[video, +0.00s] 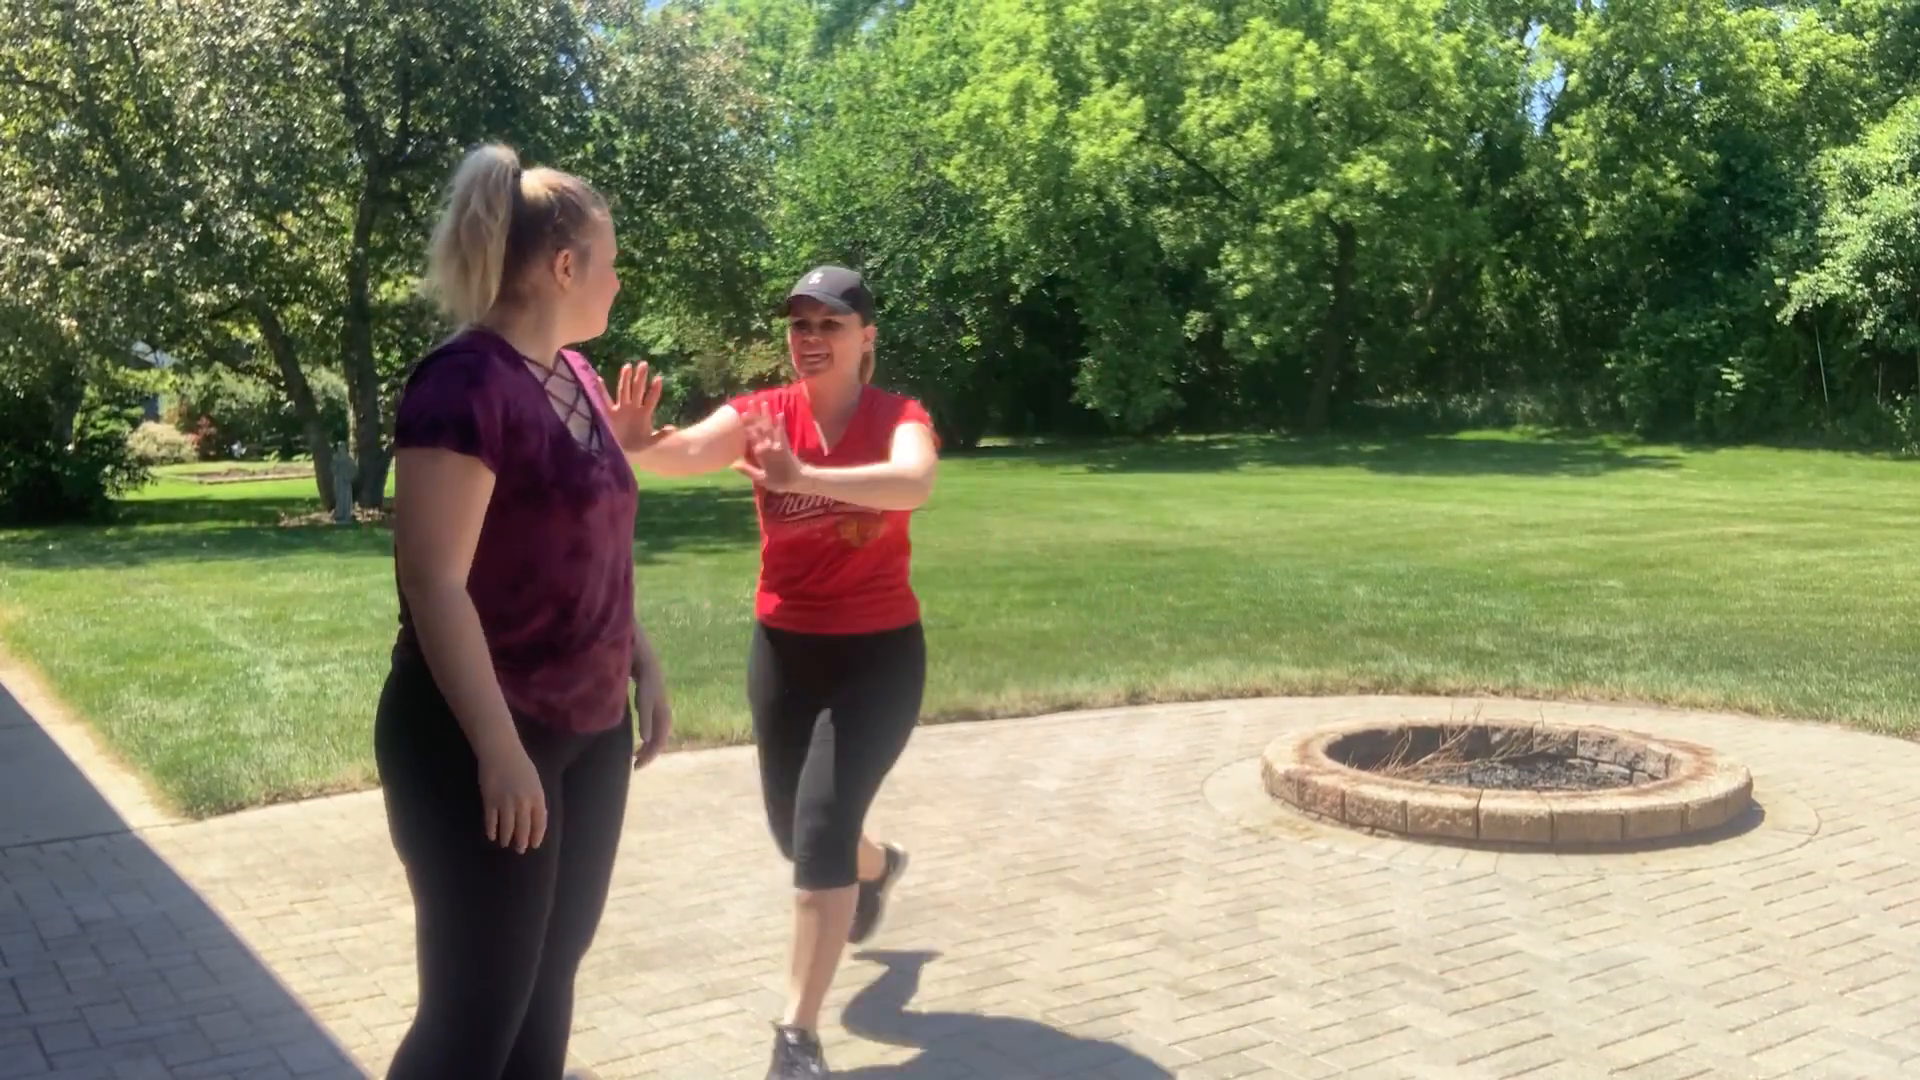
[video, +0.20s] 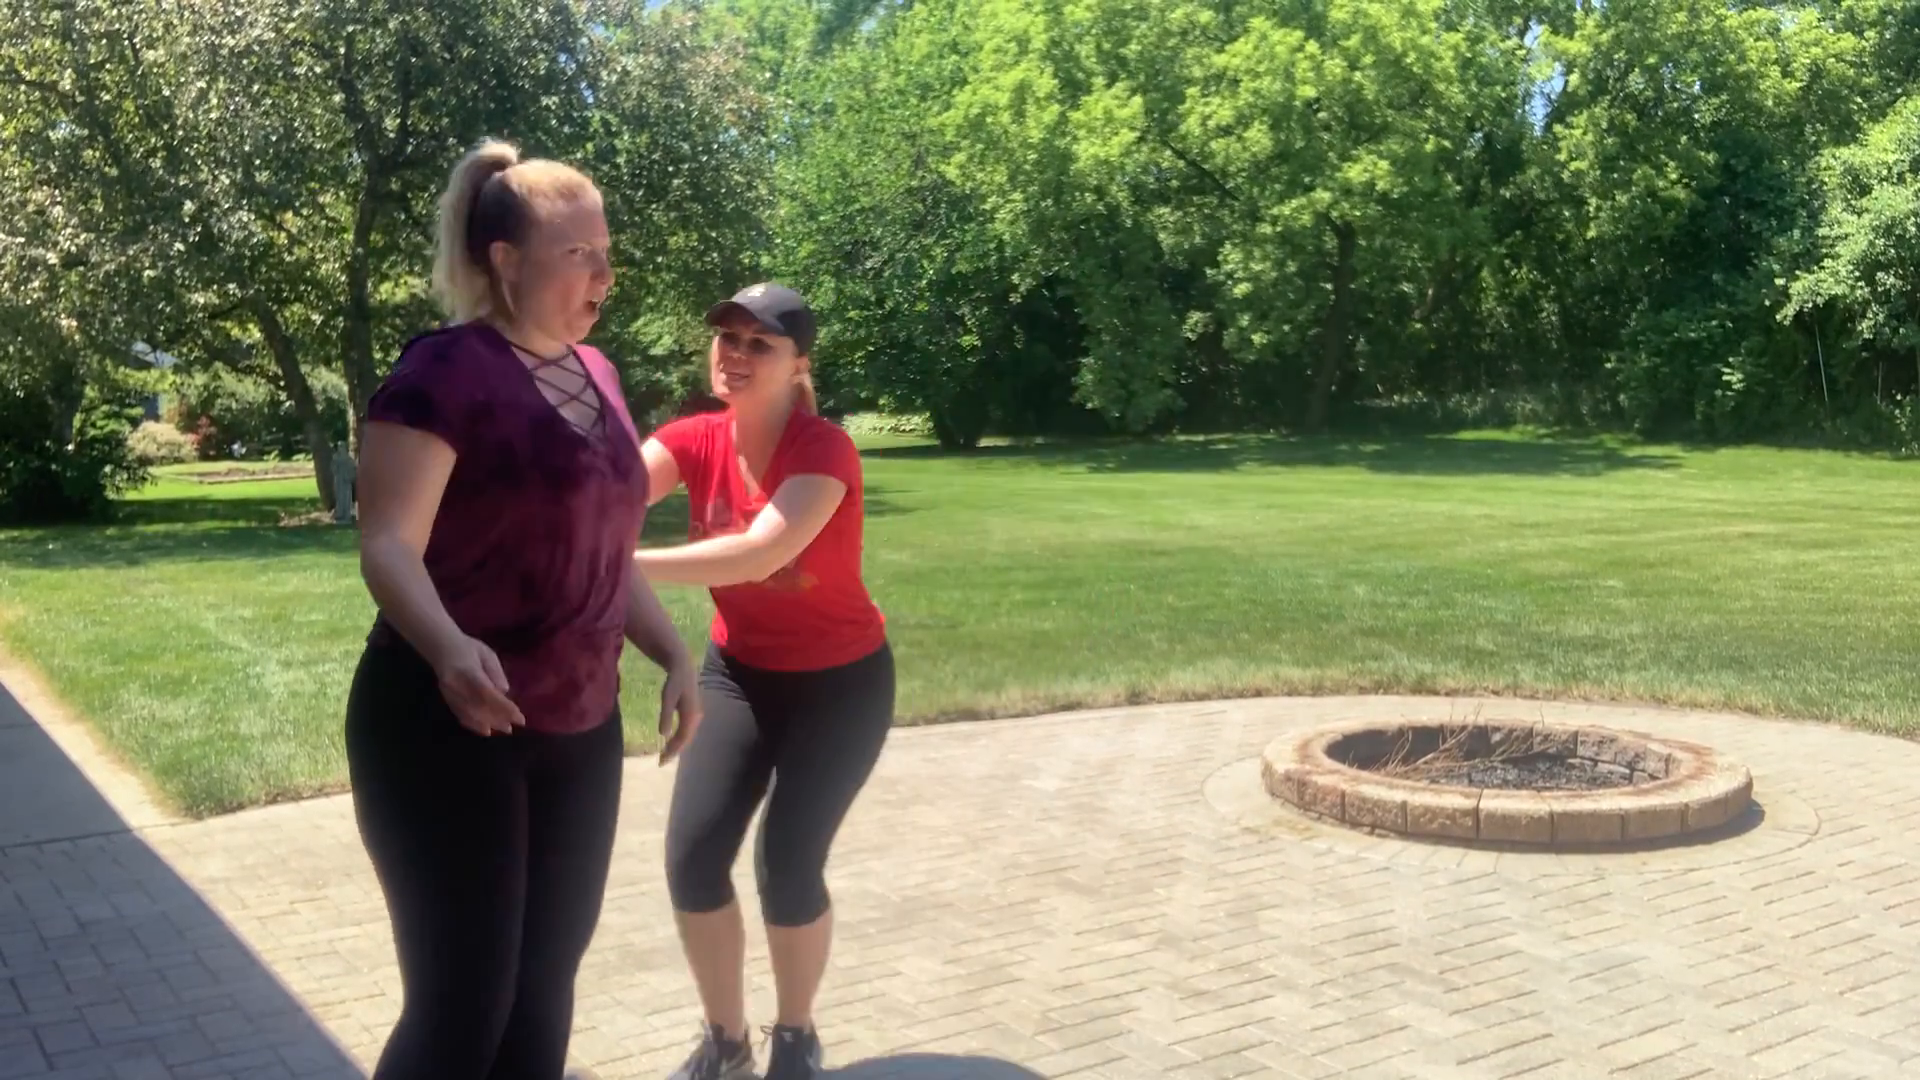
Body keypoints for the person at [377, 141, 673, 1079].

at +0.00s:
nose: (618, 281)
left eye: (616, 262)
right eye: (611, 261)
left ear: (556, 267)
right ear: (562, 267)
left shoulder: (573, 375)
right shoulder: (465, 381)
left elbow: (585, 550)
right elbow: (431, 583)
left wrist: (643, 662)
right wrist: (500, 749)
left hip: (585, 730)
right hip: (479, 738)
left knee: (547, 992)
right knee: (472, 1016)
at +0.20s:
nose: (604, 275)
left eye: (606, 254)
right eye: (581, 254)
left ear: (603, 258)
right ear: (504, 260)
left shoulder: (593, 371)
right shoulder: (443, 370)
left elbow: (606, 553)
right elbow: (388, 543)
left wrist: (674, 651)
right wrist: (449, 645)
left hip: (573, 721)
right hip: (442, 719)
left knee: (541, 1005)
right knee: (459, 1011)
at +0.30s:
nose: (560, 280)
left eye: (571, 259)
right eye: (536, 257)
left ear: (583, 265)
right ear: (466, 257)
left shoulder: (579, 385)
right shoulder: (411, 363)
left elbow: (586, 568)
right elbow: (315, 519)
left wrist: (683, 639)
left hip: (568, 729)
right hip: (427, 728)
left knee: (530, 1015)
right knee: (440, 1024)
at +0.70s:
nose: (381, 201)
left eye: (405, 194)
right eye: (351, 189)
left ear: (435, 245)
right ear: (304, 236)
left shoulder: (499, 374)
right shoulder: (248, 364)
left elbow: (553, 544)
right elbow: (51, 437)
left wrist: (652, 583)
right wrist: (259, 417)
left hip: (489, 775)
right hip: (295, 781)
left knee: (448, 1052)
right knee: (336, 1054)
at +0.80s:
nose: (358, 204)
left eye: (384, 195)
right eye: (327, 194)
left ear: (421, 246)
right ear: (284, 245)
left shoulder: (497, 382)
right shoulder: (220, 385)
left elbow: (581, 530)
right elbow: (30, 512)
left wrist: (681, 587)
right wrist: (200, 522)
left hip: (460, 797)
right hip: (259, 798)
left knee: (414, 1061)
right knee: (271, 1064)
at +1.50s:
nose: (200, 264)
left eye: (220, 221)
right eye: (153, 235)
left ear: (248, 208)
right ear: (84, 241)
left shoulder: (342, 375)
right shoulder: (33, 387)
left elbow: (422, 612)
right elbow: (7, 606)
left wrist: (218, 693)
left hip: (321, 840)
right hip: (96, 843)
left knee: (312, 1066)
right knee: (109, 1065)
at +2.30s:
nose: (228, 241)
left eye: (237, 222)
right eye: (195, 206)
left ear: (239, 250)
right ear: (91, 216)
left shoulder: (217, 394)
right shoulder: (14, 383)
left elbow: (242, 597)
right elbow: (0, 628)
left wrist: (381, 686)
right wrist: (110, 653)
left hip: (223, 824)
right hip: (52, 838)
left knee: (267, 1065)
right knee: (75, 1066)